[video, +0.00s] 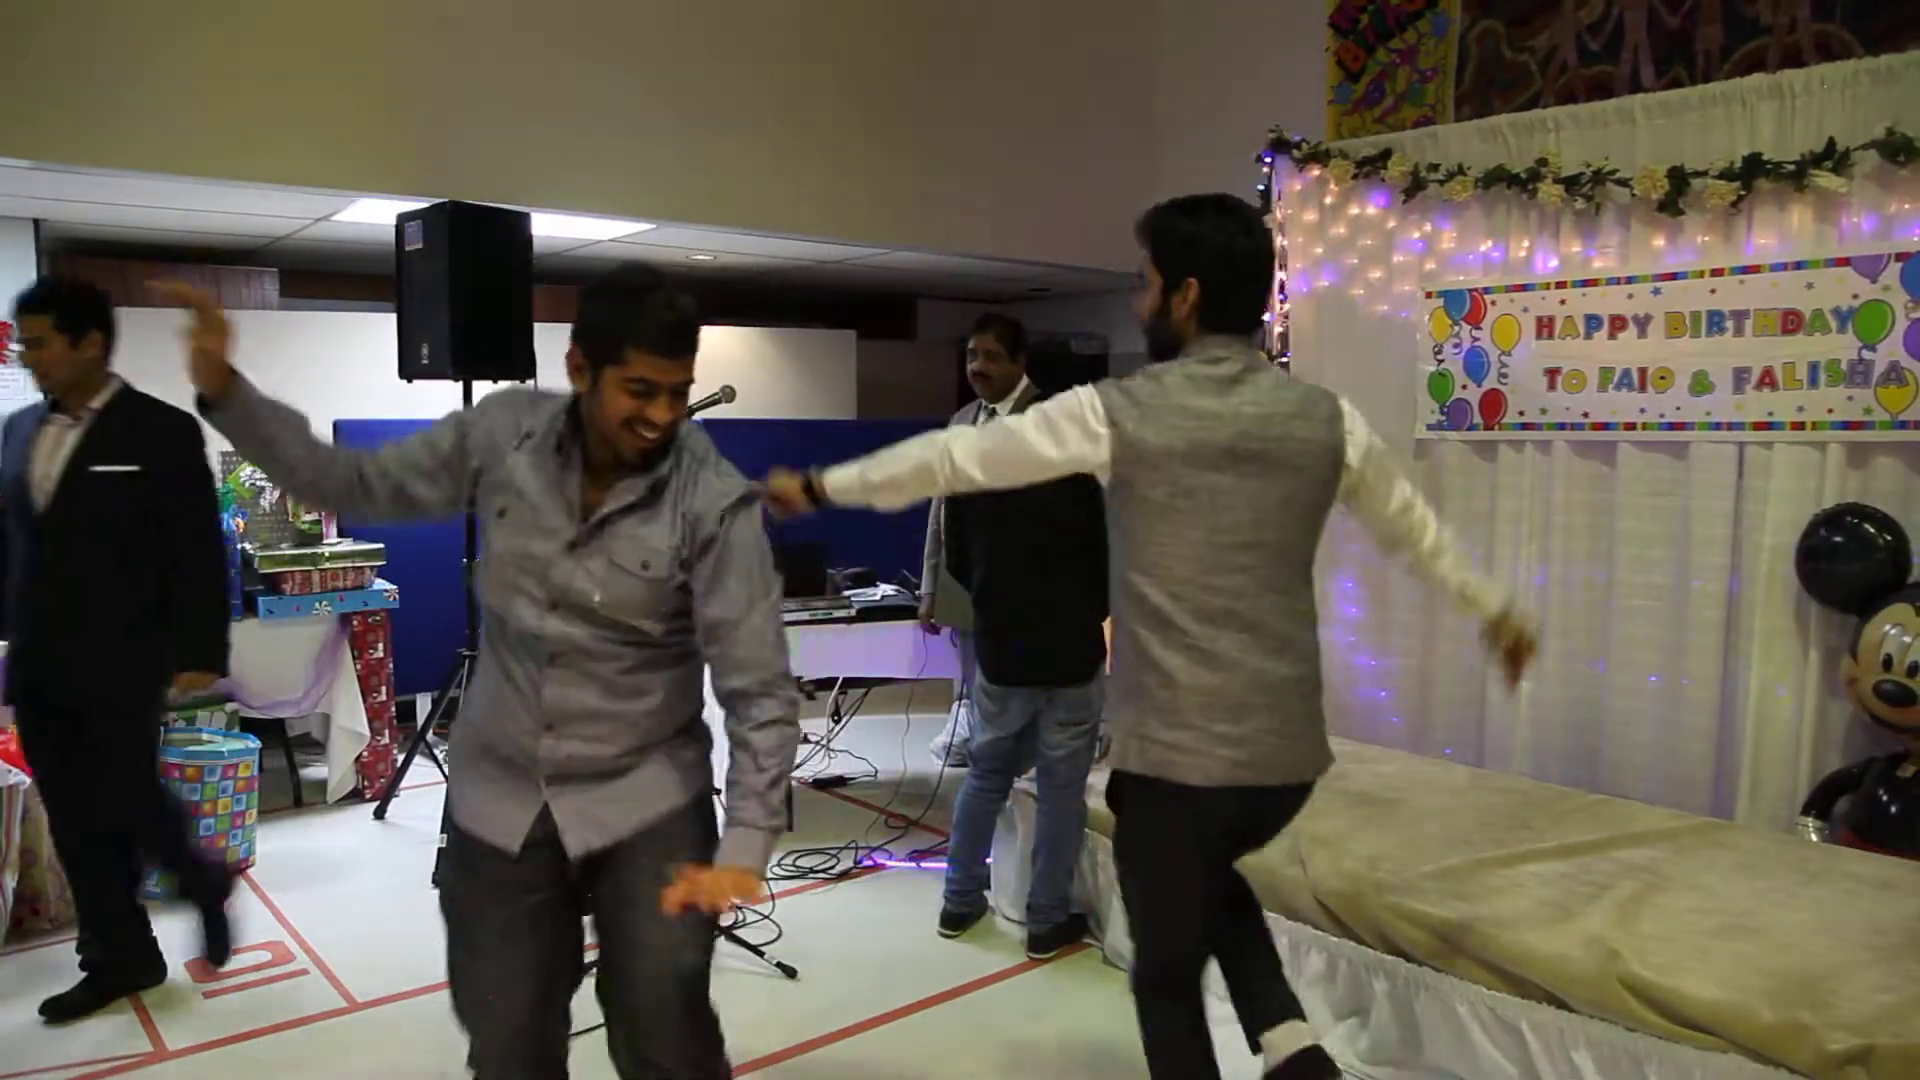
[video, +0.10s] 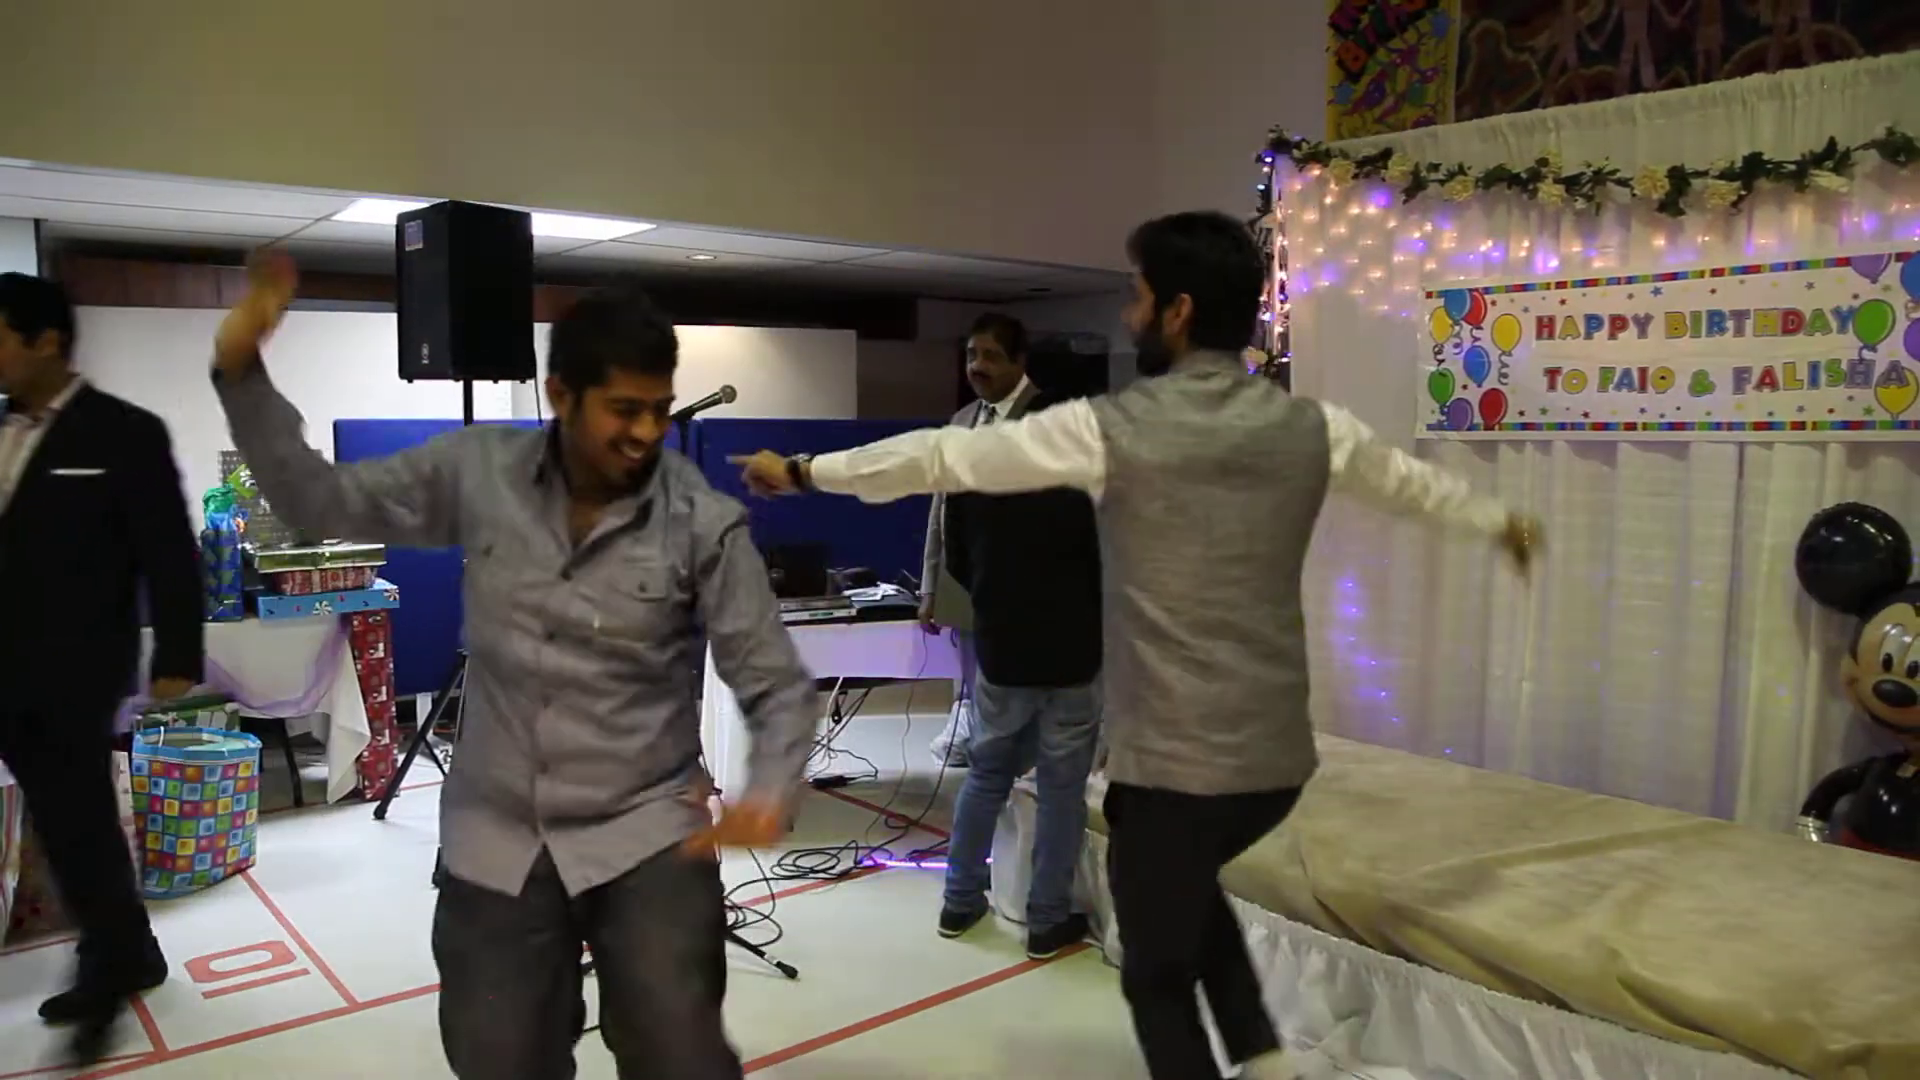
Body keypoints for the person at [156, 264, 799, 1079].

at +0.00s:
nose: (659, 415)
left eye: (679, 393)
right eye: (638, 390)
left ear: (695, 380)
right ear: (580, 366)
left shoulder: (713, 502)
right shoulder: (502, 432)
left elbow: (761, 696)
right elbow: (357, 484)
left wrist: (746, 849)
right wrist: (223, 388)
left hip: (646, 799)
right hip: (500, 797)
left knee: (661, 1039)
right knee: (509, 1052)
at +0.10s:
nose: (645, 433)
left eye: (660, 411)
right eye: (623, 410)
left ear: (672, 403)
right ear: (561, 396)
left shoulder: (702, 524)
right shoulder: (476, 470)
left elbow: (779, 687)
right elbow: (321, 501)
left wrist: (769, 798)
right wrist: (240, 374)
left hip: (649, 834)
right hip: (495, 839)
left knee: (678, 1057)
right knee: (498, 1063)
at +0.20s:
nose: (626, 414)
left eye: (638, 393)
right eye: (605, 393)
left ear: (649, 386)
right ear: (537, 381)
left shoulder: (683, 493)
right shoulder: (450, 457)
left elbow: (780, 609)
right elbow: (271, 435)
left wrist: (837, 690)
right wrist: (197, 283)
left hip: (646, 813)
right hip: (492, 825)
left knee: (702, 1045)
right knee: (509, 1063)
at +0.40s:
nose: (596, 351)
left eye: (603, 329)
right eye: (572, 330)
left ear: (607, 332)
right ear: (496, 334)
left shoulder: (644, 420)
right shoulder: (415, 415)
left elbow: (786, 499)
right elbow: (227, 357)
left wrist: (934, 583)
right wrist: (69, 231)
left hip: (642, 778)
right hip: (492, 797)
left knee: (696, 998)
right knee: (533, 1053)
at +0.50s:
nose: (585, 341)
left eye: (594, 319)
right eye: (559, 320)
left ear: (603, 324)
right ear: (485, 332)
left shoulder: (645, 415)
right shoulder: (410, 421)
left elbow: (794, 483)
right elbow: (229, 393)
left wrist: (939, 557)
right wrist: (59, 309)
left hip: (630, 775)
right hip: (484, 796)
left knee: (679, 977)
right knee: (539, 1048)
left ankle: (605, 1073)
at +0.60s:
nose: (580, 344)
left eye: (586, 321)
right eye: (553, 324)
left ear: (594, 328)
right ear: (480, 338)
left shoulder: (643, 428)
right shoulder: (413, 438)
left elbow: (795, 495)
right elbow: (239, 479)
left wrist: (929, 532)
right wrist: (102, 396)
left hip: (628, 789)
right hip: (487, 809)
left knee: (643, 990)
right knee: (546, 1045)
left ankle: (528, 1062)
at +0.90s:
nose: (587, 322)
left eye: (591, 301)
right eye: (560, 305)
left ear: (601, 317)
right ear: (486, 329)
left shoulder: (650, 410)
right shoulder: (406, 429)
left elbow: (824, 417)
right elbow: (214, 408)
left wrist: (988, 385)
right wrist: (118, 249)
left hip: (642, 785)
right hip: (494, 810)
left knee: (679, 987)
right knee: (538, 1057)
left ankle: (548, 977)